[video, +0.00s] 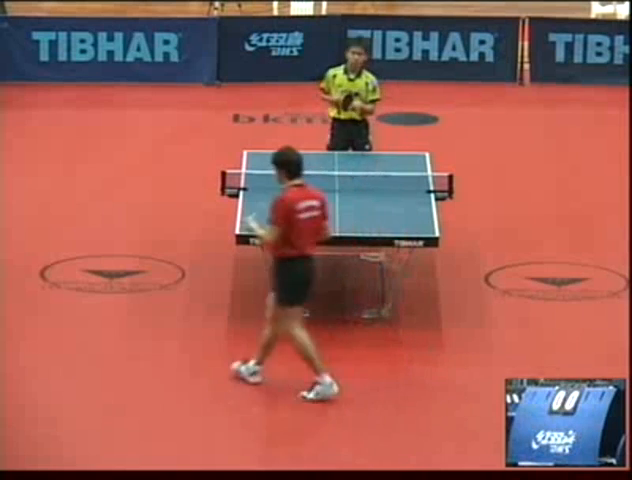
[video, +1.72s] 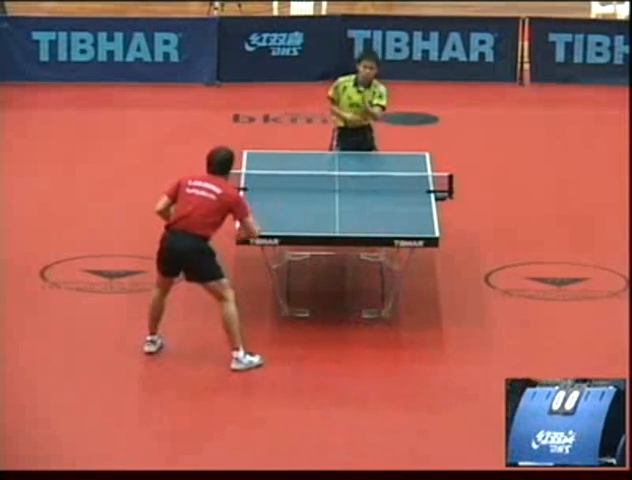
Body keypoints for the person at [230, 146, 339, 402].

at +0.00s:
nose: (275, 174)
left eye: (276, 170)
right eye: (276, 169)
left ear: (281, 172)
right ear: (299, 169)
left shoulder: (284, 200)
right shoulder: (317, 196)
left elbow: (273, 238)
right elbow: (324, 233)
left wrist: (255, 229)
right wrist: (300, 236)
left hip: (287, 263)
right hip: (306, 260)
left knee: (290, 322)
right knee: (276, 317)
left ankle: (324, 379)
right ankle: (255, 365)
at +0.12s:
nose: (264, 169)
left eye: (264, 165)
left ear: (265, 167)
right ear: (286, 166)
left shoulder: (265, 196)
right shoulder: (301, 195)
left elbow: (255, 234)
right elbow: (308, 233)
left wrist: (238, 228)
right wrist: (284, 234)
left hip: (266, 259)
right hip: (288, 259)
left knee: (249, 320)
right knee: (262, 315)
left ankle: (290, 358)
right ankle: (252, 364)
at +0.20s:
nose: (257, 163)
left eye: (256, 159)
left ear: (255, 162)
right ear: (278, 161)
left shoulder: (255, 191)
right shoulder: (293, 191)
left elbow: (243, 229)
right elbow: (301, 230)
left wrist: (228, 223)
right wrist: (277, 229)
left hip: (253, 255)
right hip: (277, 255)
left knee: (230, 310)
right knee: (259, 311)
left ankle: (261, 355)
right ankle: (256, 363)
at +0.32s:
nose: (247, 159)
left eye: (244, 154)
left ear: (243, 156)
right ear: (266, 156)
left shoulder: (233, 186)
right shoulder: (279, 188)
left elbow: (224, 221)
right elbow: (290, 225)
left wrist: (211, 220)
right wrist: (270, 220)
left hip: (236, 248)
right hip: (264, 250)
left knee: (216, 304)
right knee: (254, 307)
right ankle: (253, 363)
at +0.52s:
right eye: (239, 158)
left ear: (218, 160)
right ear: (242, 161)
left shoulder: (203, 187)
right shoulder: (254, 190)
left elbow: (189, 222)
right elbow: (270, 226)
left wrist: (206, 215)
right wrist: (253, 218)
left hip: (210, 250)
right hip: (239, 253)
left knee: (193, 301)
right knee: (240, 305)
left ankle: (184, 353)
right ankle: (249, 356)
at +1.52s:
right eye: (227, 158)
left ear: (204, 158)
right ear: (226, 162)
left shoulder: (185, 178)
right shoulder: (229, 189)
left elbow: (164, 209)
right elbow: (257, 220)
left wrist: (181, 221)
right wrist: (260, 206)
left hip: (176, 241)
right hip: (203, 246)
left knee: (163, 289)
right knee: (230, 296)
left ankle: (152, 337)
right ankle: (238, 353)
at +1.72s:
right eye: (230, 166)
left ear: (207, 165)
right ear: (229, 169)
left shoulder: (187, 182)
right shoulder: (231, 195)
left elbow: (161, 208)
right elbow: (251, 230)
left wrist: (175, 223)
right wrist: (242, 235)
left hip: (171, 240)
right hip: (197, 244)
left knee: (161, 289)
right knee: (226, 297)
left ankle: (151, 338)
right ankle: (238, 354)